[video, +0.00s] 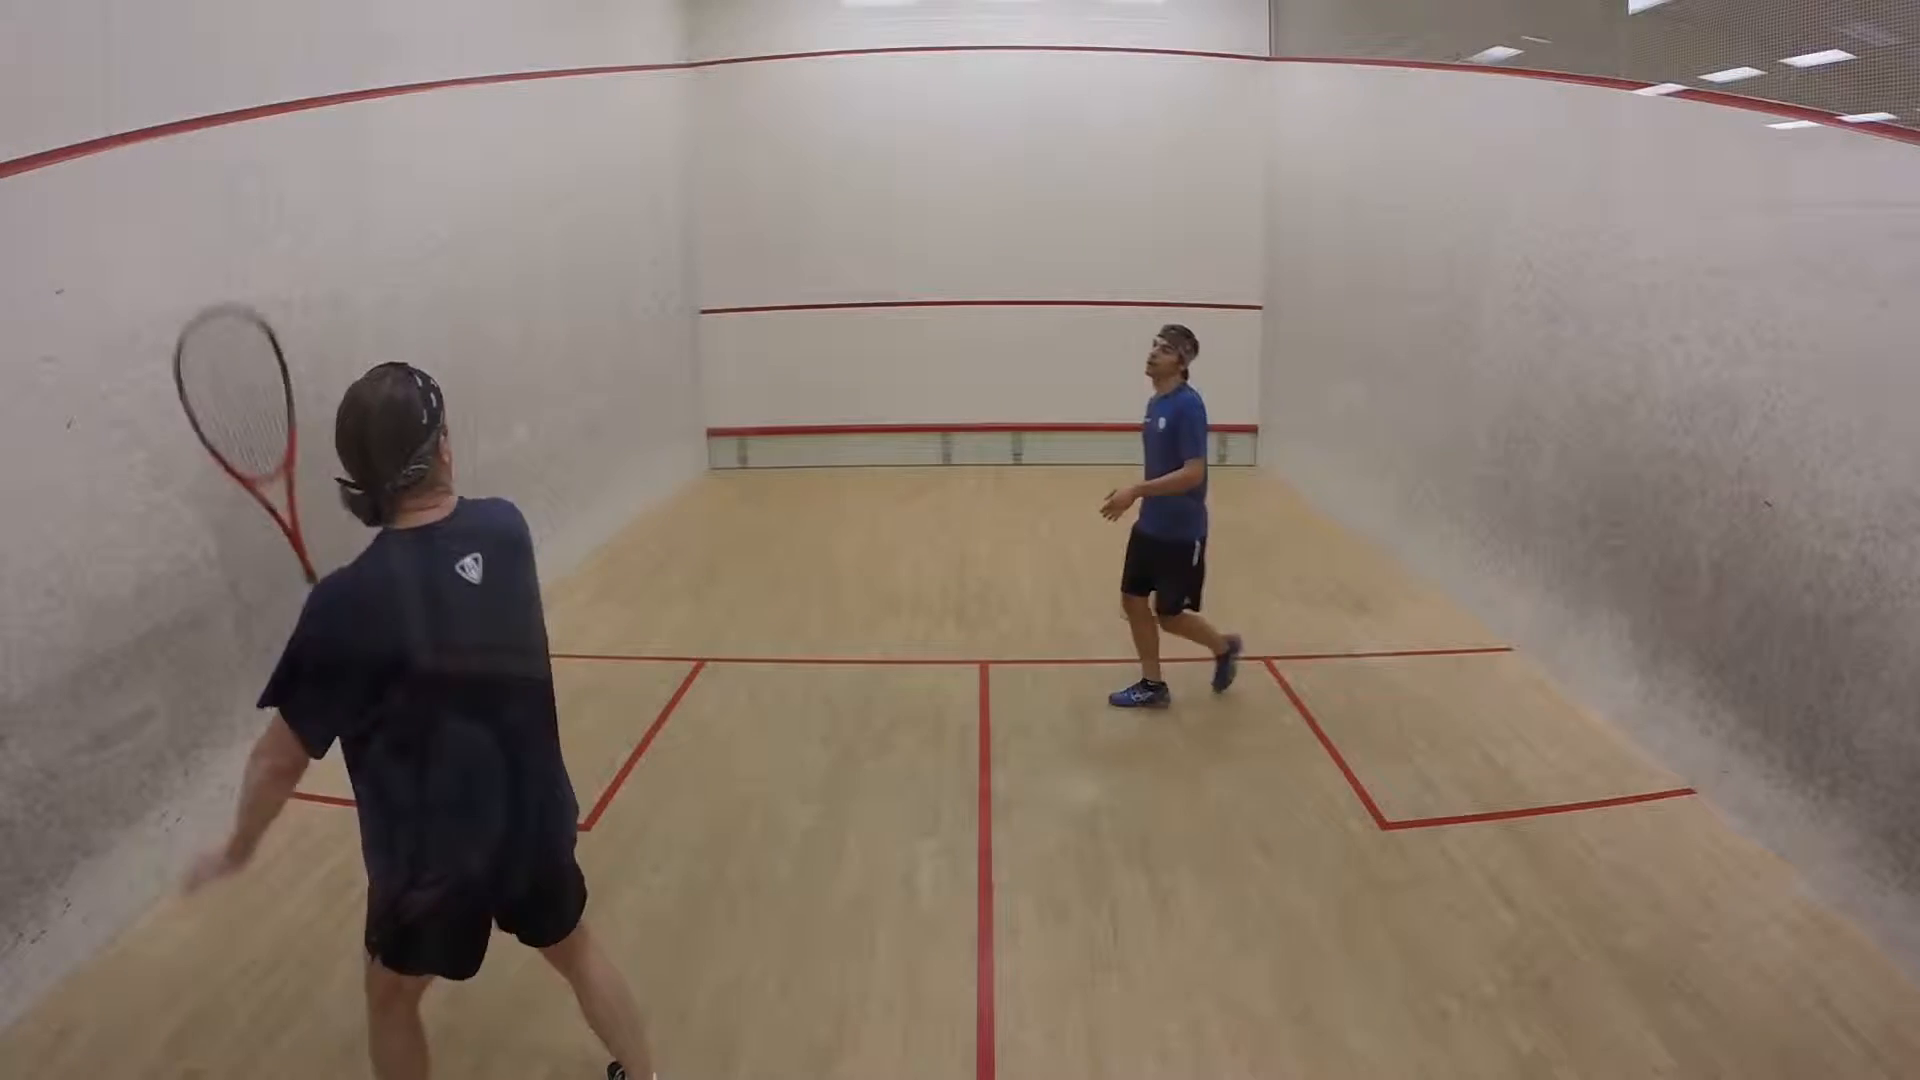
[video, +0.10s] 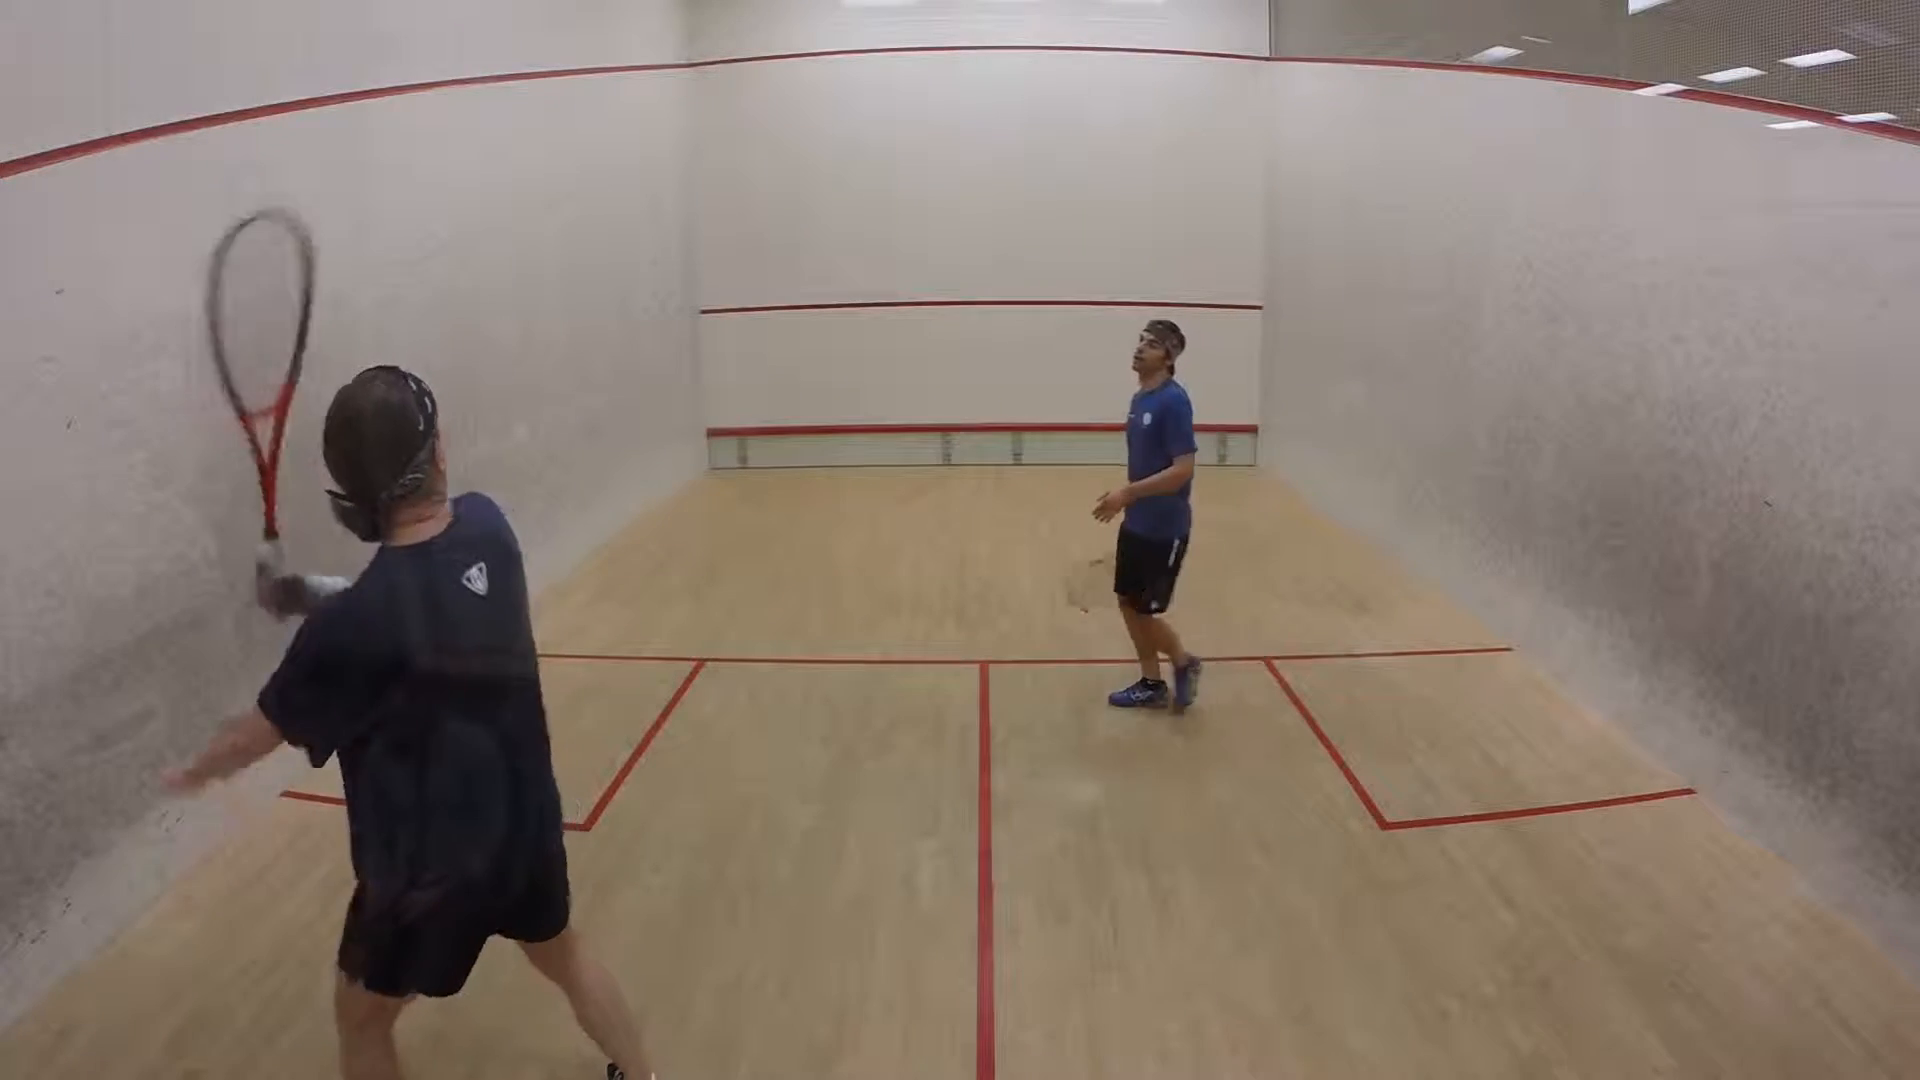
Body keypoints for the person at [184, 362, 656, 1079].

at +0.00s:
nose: (453, 440)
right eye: (448, 430)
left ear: (356, 477)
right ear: (444, 452)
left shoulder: (346, 602)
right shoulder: (505, 531)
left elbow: (280, 756)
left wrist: (238, 847)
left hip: (424, 858)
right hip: (531, 825)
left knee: (394, 1003)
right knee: (580, 953)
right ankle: (641, 1070)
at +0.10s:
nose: (445, 434)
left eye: (436, 421)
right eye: (439, 427)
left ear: (347, 487)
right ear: (437, 453)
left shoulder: (353, 621)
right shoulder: (487, 528)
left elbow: (260, 730)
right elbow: (411, 591)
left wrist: (199, 771)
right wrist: (315, 593)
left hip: (421, 863)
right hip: (520, 830)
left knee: (364, 1017)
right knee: (564, 953)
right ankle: (637, 1069)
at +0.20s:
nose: (427, 448)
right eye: (419, 439)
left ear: (325, 498)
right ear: (416, 465)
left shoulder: (355, 637)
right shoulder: (456, 530)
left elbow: (251, 707)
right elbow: (352, 578)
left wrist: (188, 699)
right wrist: (266, 583)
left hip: (405, 879)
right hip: (499, 836)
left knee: (343, 1057)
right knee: (553, 966)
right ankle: (634, 1069)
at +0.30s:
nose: (386, 463)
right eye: (382, 458)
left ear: (280, 518)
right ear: (380, 483)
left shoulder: (333, 660)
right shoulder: (422, 557)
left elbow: (213, 717)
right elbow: (301, 595)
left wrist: (185, 648)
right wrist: (229, 611)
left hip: (377, 903)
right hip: (466, 856)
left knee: (339, 1061)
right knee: (533, 983)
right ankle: (634, 1072)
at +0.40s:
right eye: (345, 476)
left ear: (245, 561)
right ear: (345, 506)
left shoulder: (290, 701)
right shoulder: (391, 587)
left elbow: (257, 800)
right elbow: (266, 631)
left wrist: (196, 740)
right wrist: (180, 666)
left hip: (342, 931)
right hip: (435, 882)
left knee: (323, 1055)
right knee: (520, 1006)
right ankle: (617, 1070)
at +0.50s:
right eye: (314, 484)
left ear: (208, 551)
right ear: (317, 505)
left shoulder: (220, 695)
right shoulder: (398, 605)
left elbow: (204, 822)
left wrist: (177, 709)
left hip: (299, 960)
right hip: (420, 919)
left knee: (284, 1064)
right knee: (533, 1020)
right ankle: (618, 1072)